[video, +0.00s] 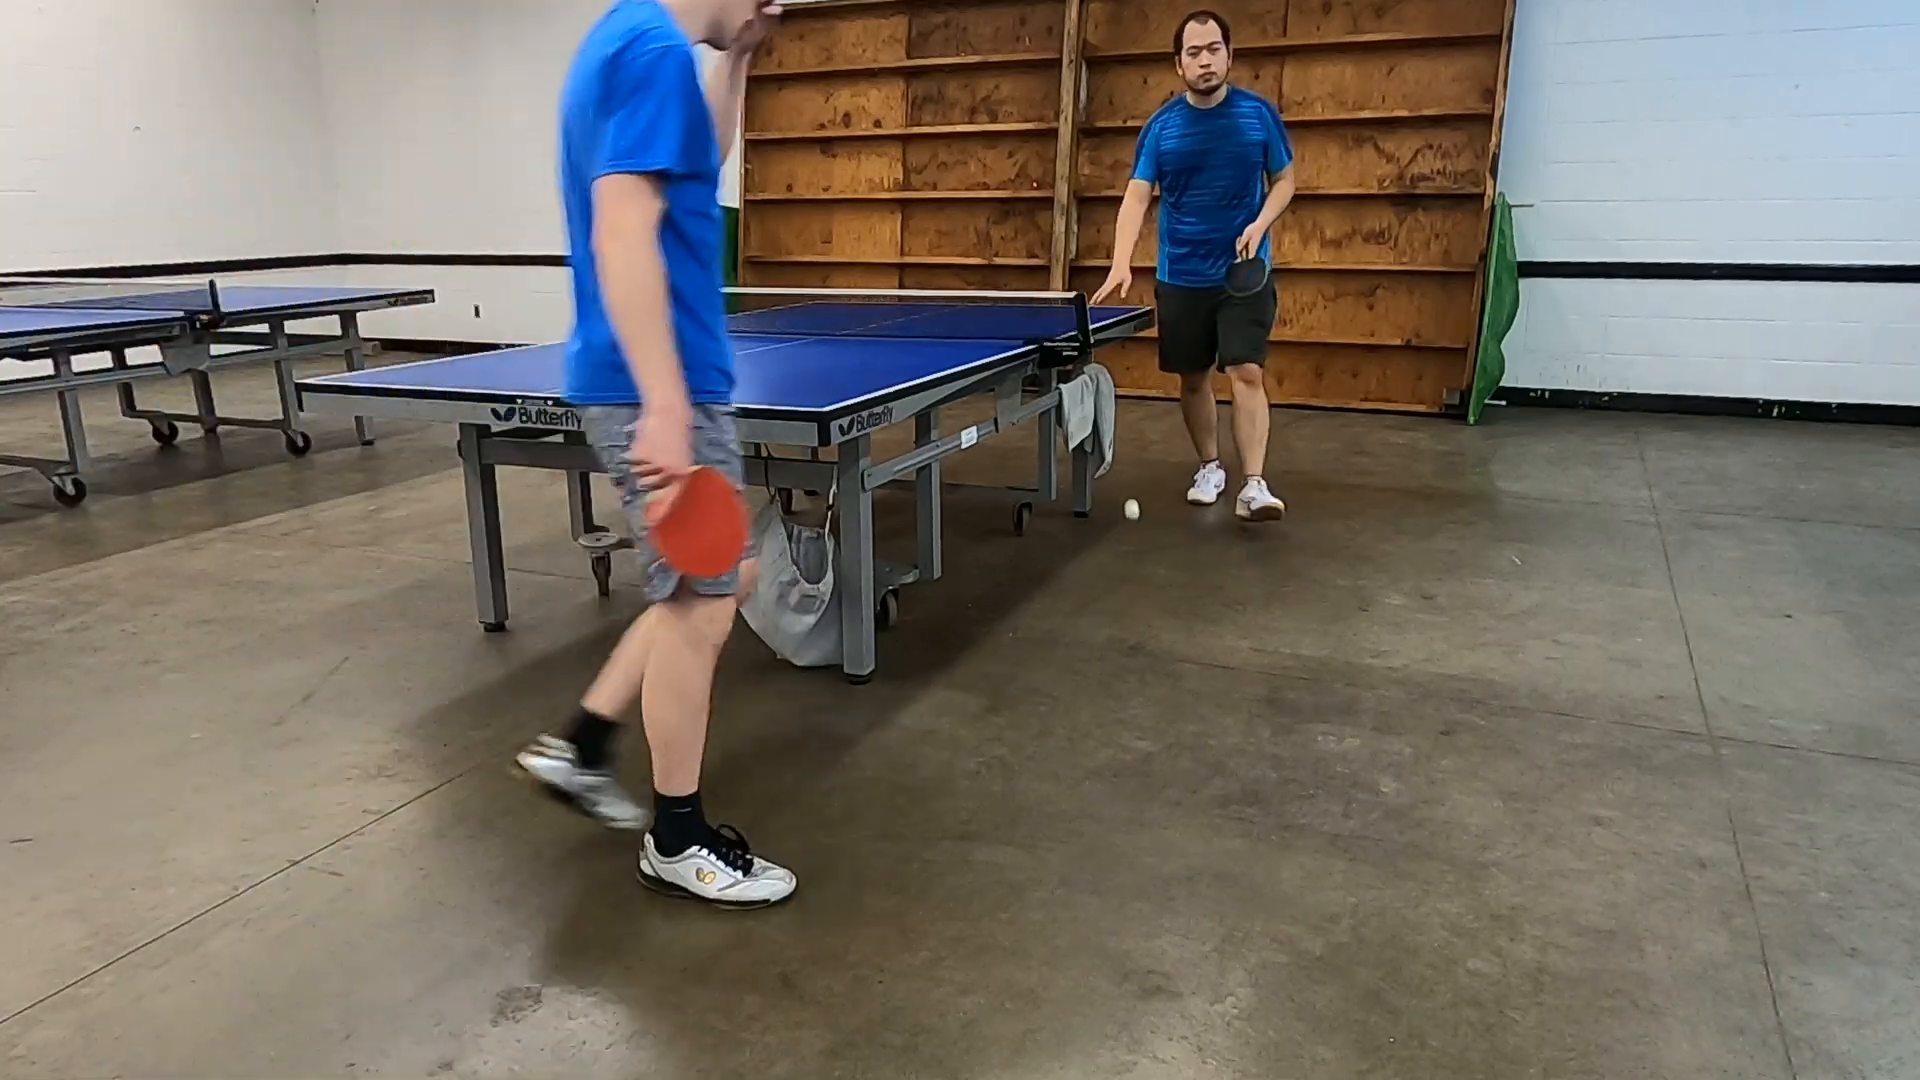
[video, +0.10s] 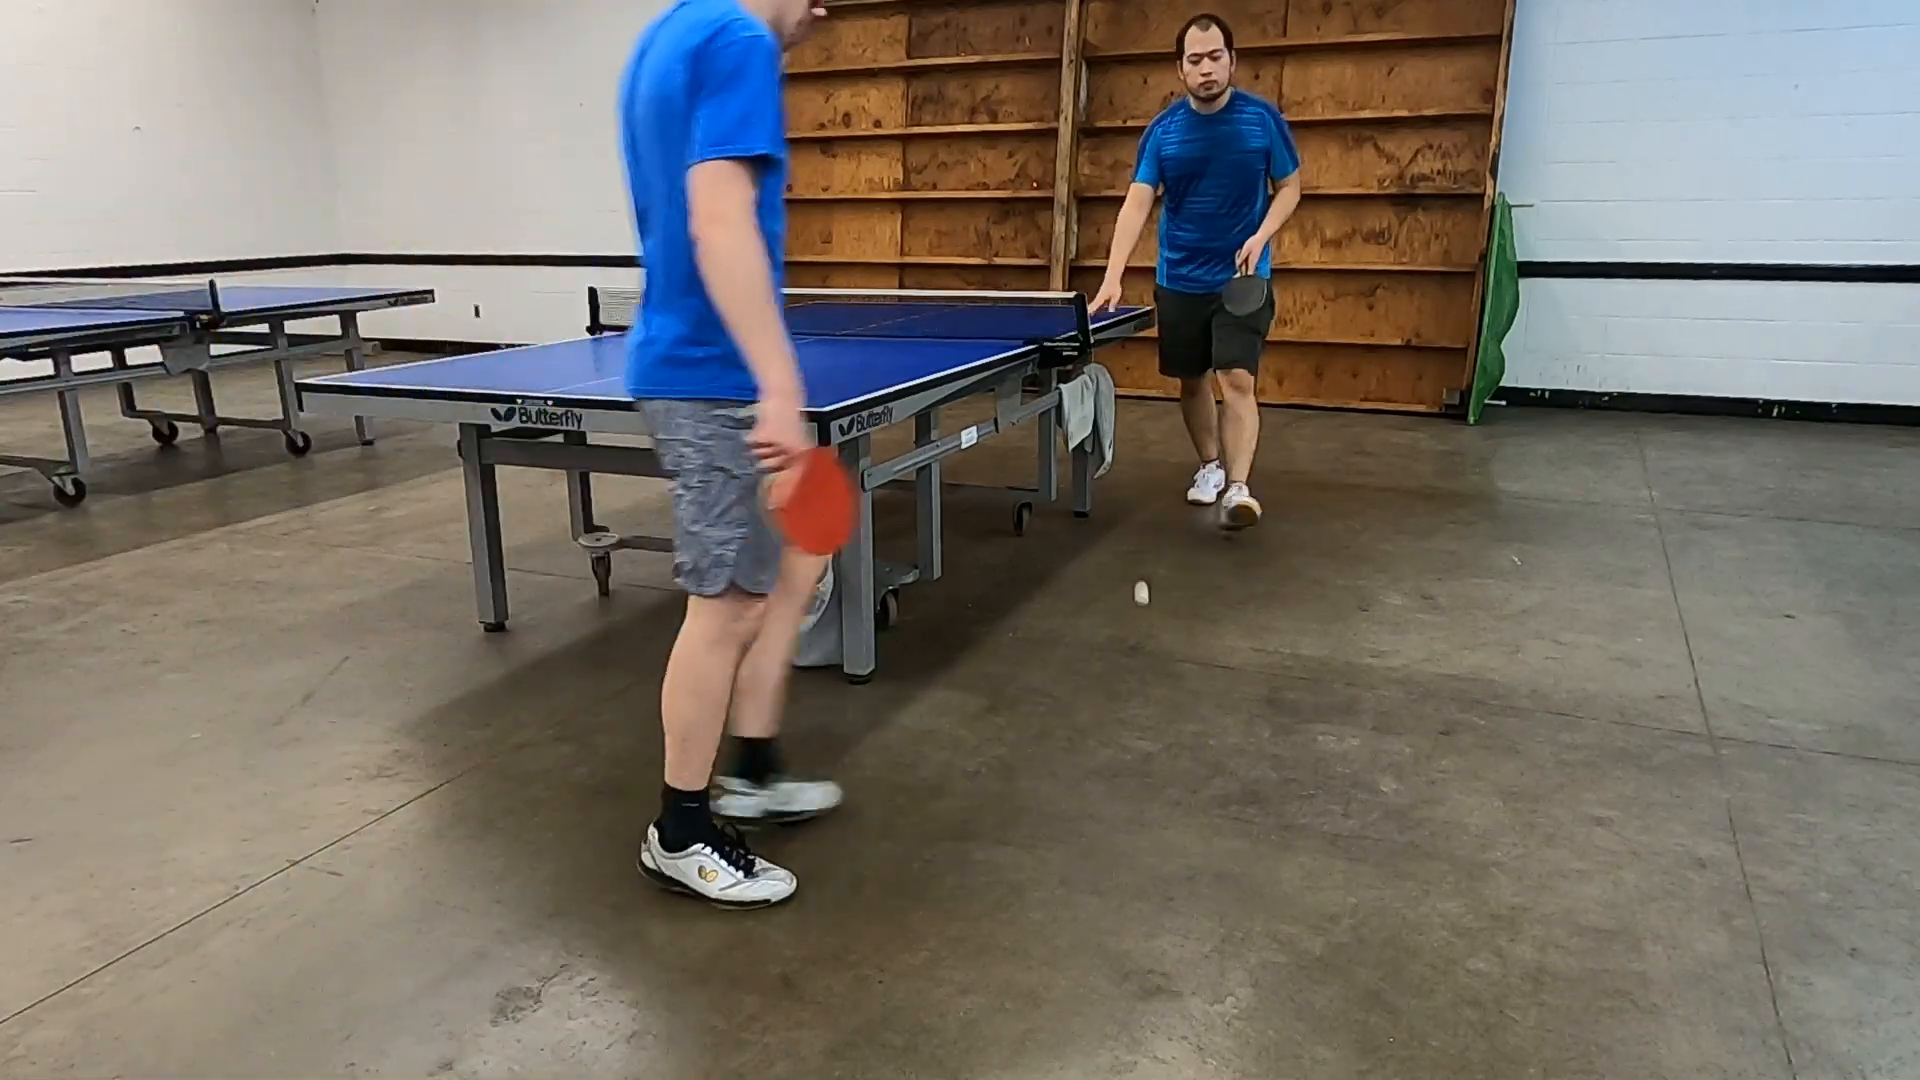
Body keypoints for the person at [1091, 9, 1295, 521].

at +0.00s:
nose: (1205, 60)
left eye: (1213, 48)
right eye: (1194, 52)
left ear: (1229, 54)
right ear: (1179, 63)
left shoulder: (1259, 115)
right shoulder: (1161, 127)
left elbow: (1284, 180)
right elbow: (1136, 199)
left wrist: (1261, 223)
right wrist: (1121, 264)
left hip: (1244, 268)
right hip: (1180, 275)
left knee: (1247, 370)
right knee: (1194, 378)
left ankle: (1254, 483)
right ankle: (1209, 468)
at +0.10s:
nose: (1206, 68)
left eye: (1216, 56)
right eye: (1195, 59)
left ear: (1233, 60)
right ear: (1181, 68)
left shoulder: (1263, 120)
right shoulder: (1163, 132)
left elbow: (1290, 186)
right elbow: (1135, 207)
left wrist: (1262, 235)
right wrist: (1113, 276)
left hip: (1243, 275)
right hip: (1180, 280)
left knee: (1237, 379)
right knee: (1193, 382)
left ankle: (1238, 488)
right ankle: (1209, 466)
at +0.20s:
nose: (1209, 79)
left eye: (1219, 67)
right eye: (1198, 69)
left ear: (1238, 67)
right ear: (1184, 73)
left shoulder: (1267, 128)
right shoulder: (1166, 133)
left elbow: (1292, 201)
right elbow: (1137, 209)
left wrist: (1260, 253)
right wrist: (1118, 289)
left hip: (1240, 285)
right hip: (1179, 285)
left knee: (1231, 392)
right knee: (1191, 388)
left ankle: (1228, 503)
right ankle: (1209, 465)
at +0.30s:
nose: (1213, 90)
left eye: (1224, 78)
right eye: (1203, 78)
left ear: (1243, 75)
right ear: (1189, 76)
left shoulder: (1270, 134)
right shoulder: (1170, 129)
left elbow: (1291, 216)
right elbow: (1143, 209)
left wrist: (1256, 273)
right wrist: (1120, 291)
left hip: (1241, 285)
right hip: (1180, 285)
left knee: (1231, 395)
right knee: (1190, 389)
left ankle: (1227, 507)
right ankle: (1208, 463)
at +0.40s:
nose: (1211, 104)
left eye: (1224, 93)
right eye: (1202, 91)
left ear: (1246, 83)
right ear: (1188, 81)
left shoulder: (1268, 140)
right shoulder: (1169, 127)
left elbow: (1285, 227)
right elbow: (1140, 207)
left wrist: (1252, 296)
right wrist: (1119, 288)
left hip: (1240, 287)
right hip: (1180, 283)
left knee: (1228, 393)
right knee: (1188, 384)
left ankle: (1226, 508)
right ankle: (1207, 460)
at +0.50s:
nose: (1209, 128)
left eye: (1222, 117)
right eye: (1199, 116)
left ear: (1241, 106)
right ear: (1183, 101)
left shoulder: (1264, 154)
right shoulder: (1167, 133)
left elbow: (1277, 251)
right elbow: (1140, 212)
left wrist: (1248, 329)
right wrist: (1120, 292)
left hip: (1239, 292)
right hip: (1183, 283)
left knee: (1227, 397)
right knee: (1190, 381)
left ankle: (1226, 509)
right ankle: (1211, 454)